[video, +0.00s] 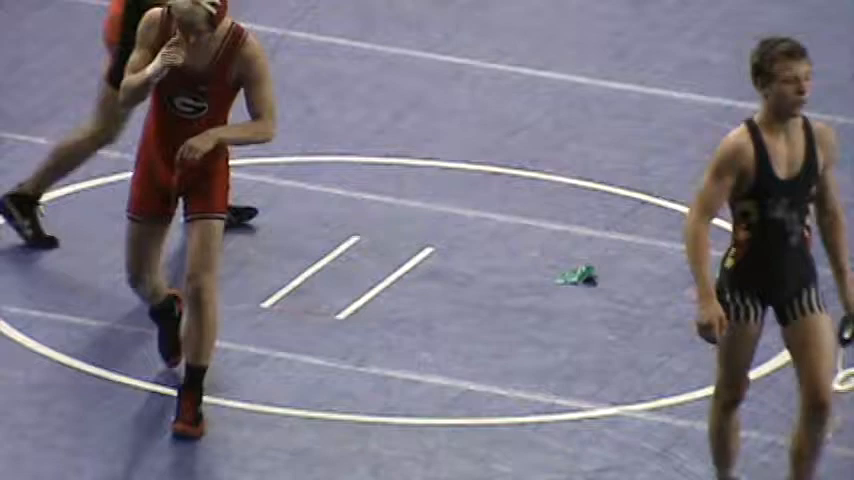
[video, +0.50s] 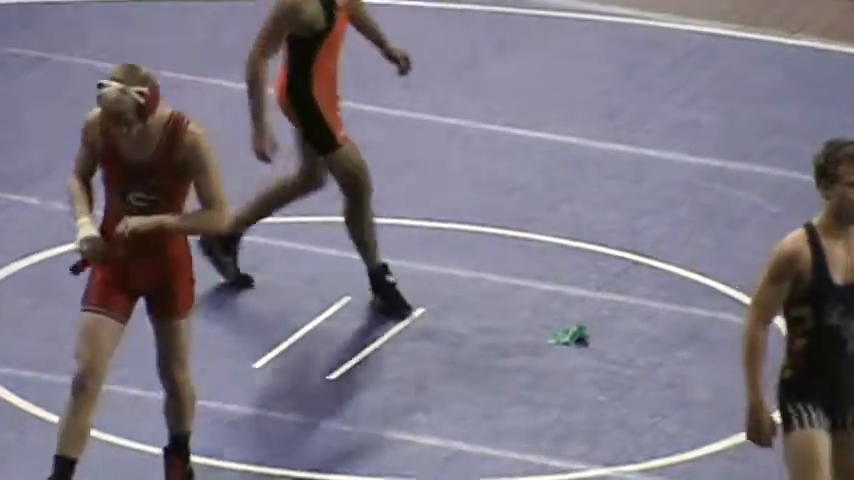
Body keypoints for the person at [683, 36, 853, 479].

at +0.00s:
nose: (802, 88)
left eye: (806, 79)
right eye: (790, 81)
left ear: (810, 80)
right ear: (763, 85)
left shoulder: (821, 138)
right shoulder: (739, 146)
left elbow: (830, 212)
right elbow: (698, 219)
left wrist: (845, 284)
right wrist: (705, 297)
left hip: (799, 275)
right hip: (746, 278)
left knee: (820, 398)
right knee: (730, 394)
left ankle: (802, 475)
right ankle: (725, 474)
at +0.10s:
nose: (807, 94)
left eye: (810, 84)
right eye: (795, 86)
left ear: (814, 85)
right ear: (768, 90)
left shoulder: (824, 144)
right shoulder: (743, 151)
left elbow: (833, 218)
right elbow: (703, 224)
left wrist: (846, 293)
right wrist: (711, 302)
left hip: (803, 281)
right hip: (749, 283)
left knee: (820, 409)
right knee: (731, 398)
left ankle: (811, 476)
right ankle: (724, 474)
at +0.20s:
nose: (821, 110)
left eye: (825, 100)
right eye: (810, 102)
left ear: (831, 103)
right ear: (783, 108)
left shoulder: (837, 162)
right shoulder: (758, 168)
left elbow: (843, 239)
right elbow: (717, 242)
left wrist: (849, 308)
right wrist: (729, 318)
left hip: (815, 303)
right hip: (762, 302)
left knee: (822, 432)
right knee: (742, 410)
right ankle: (727, 477)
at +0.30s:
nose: (840, 162)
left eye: (844, 152)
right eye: (829, 153)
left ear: (848, 154)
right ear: (801, 157)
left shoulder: (845, 210)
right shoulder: (774, 218)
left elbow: (844, 277)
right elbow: (737, 294)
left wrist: (845, 313)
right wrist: (744, 377)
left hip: (831, 346)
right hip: (781, 350)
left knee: (837, 469)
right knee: (765, 468)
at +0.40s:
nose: (850, 176)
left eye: (852, 166)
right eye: (839, 167)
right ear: (812, 171)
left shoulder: (848, 222)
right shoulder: (785, 231)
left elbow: (846, 296)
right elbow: (749, 305)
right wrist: (750, 390)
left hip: (843, 367)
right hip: (793, 371)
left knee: (843, 470)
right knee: (790, 471)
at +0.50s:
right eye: (850, 184)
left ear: (850, 188)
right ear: (825, 187)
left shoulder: (849, 246)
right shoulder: (797, 251)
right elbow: (758, 321)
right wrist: (756, 404)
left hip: (850, 389)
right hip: (809, 390)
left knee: (843, 472)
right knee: (815, 472)